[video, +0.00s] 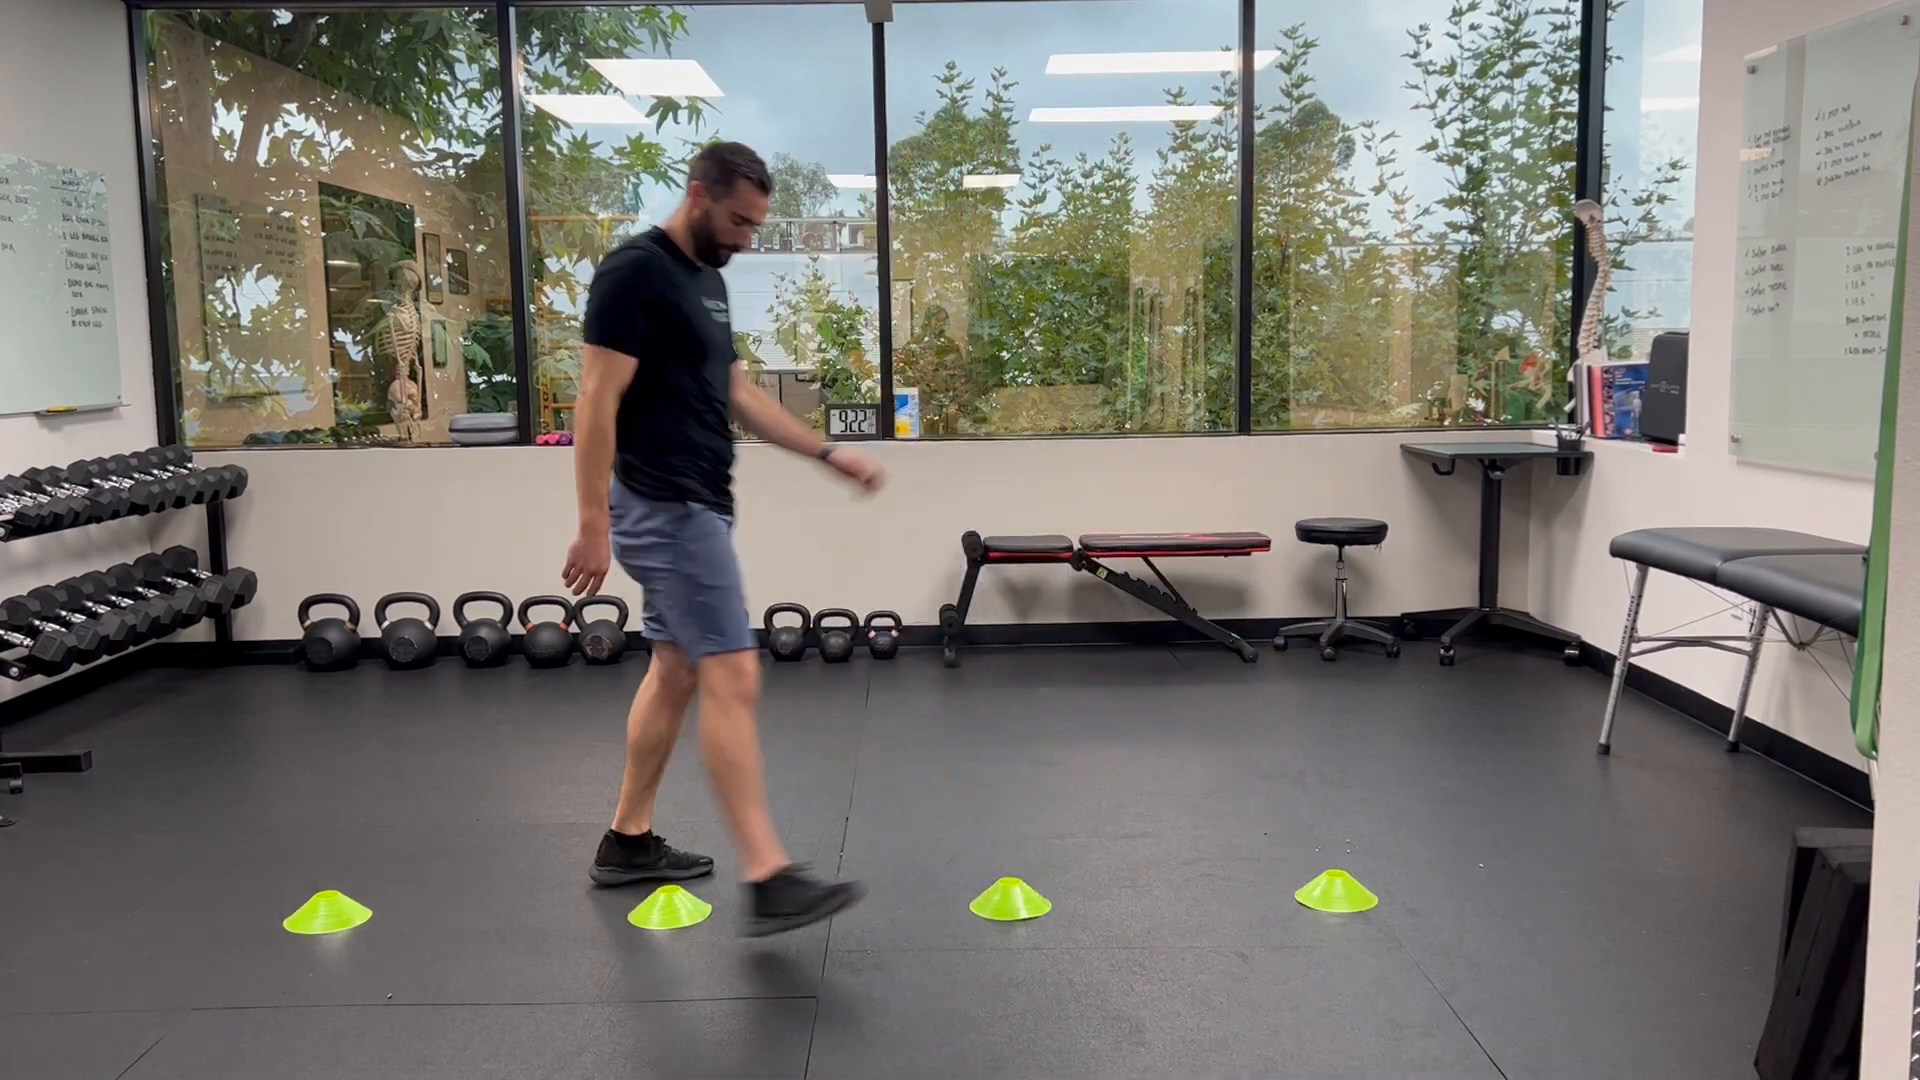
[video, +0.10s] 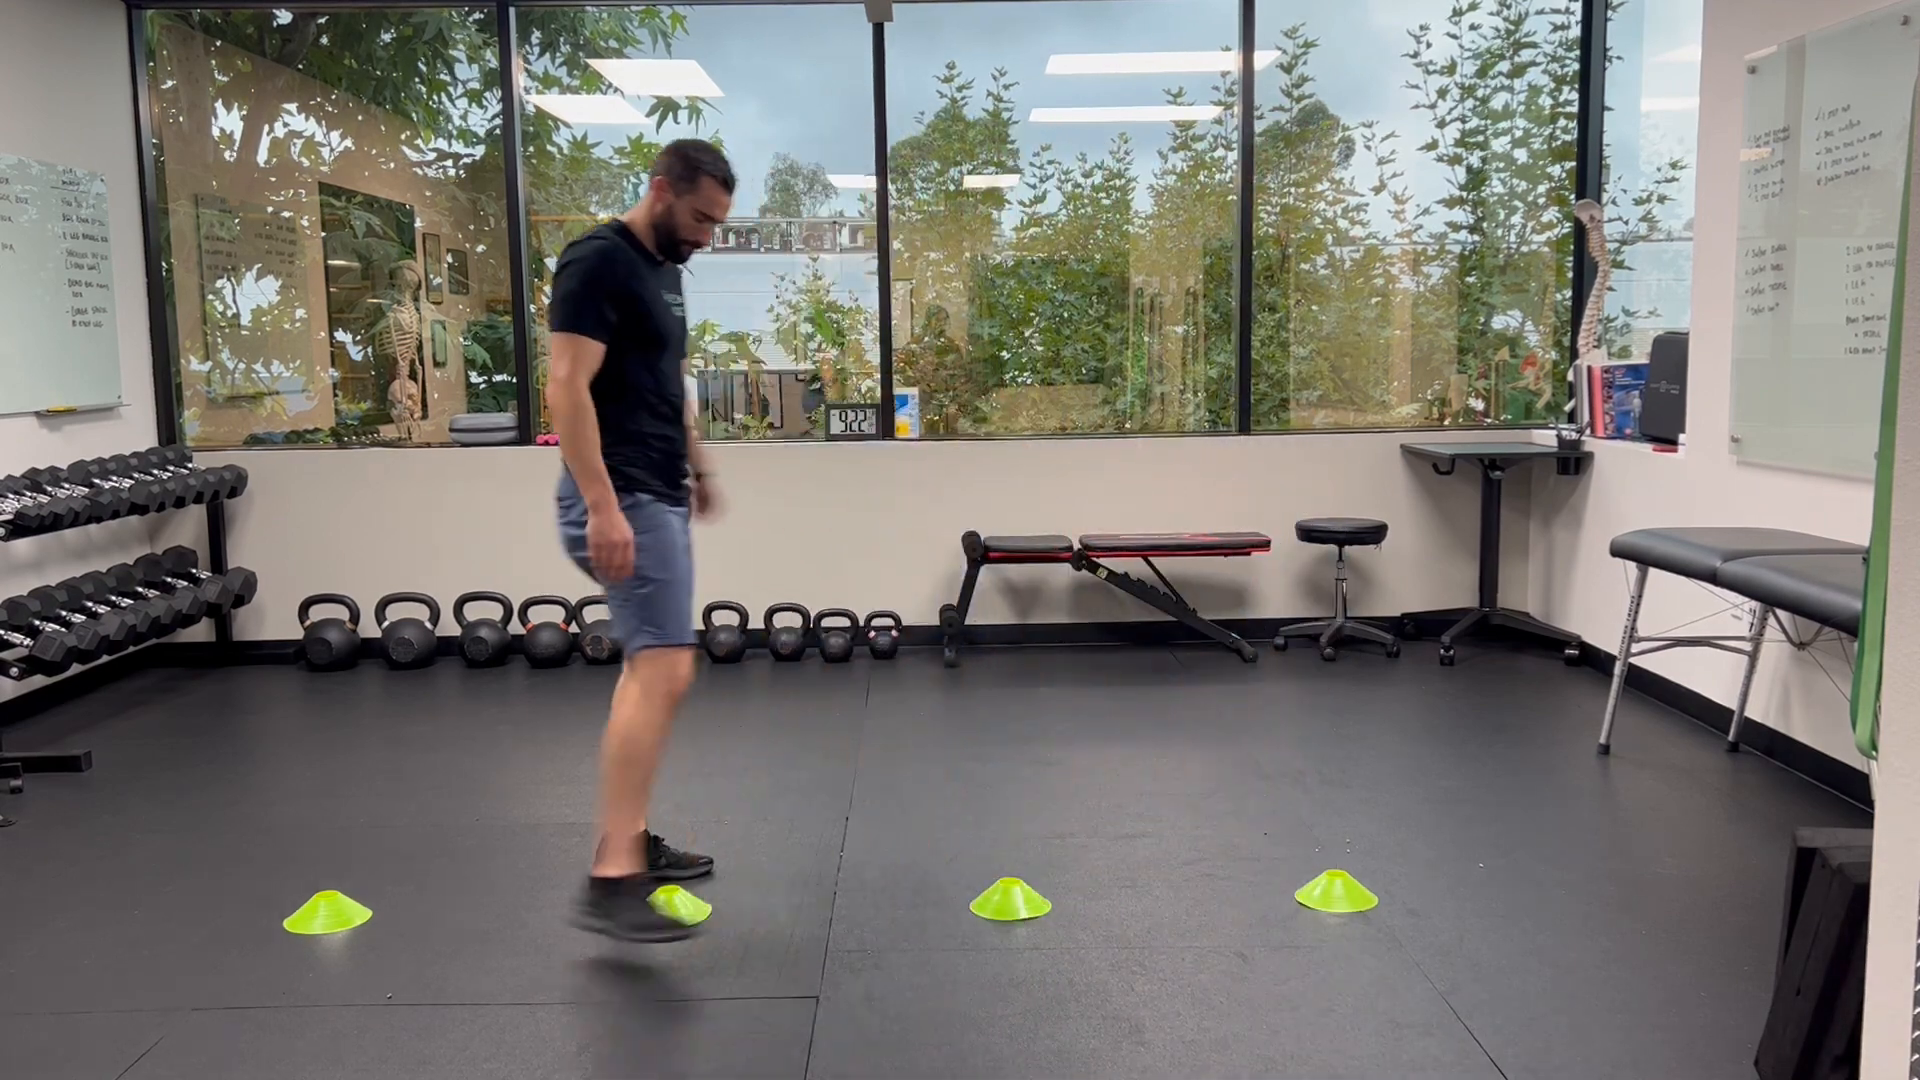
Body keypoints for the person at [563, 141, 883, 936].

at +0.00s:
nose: (744, 239)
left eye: (754, 226)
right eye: (737, 222)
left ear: (742, 214)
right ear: (697, 197)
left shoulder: (707, 281)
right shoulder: (633, 275)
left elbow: (736, 393)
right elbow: (596, 399)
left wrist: (826, 450)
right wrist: (592, 523)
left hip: (697, 508)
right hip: (662, 510)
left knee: (675, 671)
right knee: (733, 674)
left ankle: (628, 839)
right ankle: (769, 877)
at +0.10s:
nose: (706, 236)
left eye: (715, 224)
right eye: (700, 219)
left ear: (698, 211)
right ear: (657, 192)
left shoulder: (661, 269)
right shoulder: (598, 260)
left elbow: (660, 383)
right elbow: (566, 387)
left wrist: (692, 464)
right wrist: (602, 506)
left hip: (655, 498)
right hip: (623, 501)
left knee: (655, 668)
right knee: (663, 667)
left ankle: (627, 845)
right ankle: (614, 875)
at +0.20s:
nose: (669, 243)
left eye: (677, 230)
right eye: (664, 225)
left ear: (659, 213)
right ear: (623, 197)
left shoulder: (608, 271)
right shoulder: (564, 263)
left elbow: (588, 394)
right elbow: (537, 388)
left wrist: (624, 486)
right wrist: (612, 479)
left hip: (608, 499)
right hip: (563, 504)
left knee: (640, 657)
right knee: (587, 676)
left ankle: (624, 840)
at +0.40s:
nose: (564, 276)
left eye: (571, 264)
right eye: (560, 260)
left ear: (534, 237)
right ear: (519, 229)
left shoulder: (482, 286)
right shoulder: (464, 290)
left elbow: (402, 367)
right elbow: (456, 402)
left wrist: (412, 449)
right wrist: (580, 452)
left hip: (514, 537)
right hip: (450, 542)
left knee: (601, 666)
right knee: (395, 718)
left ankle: (623, 843)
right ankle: (231, 875)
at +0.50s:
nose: (489, 293)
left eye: (499, 279)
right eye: (485, 273)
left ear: (445, 247)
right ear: (442, 241)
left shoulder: (410, 306)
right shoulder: (376, 305)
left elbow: (338, 398)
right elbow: (382, 420)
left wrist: (342, 483)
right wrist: (525, 457)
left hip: (452, 550)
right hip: (376, 561)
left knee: (544, 674)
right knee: (307, 731)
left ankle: (614, 841)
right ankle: (176, 911)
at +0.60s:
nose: (415, 294)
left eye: (424, 282)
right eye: (412, 277)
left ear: (396, 254)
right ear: (372, 242)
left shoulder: (357, 306)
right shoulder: (296, 309)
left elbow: (336, 429)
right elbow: (277, 433)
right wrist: (421, 485)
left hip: (379, 547)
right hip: (305, 558)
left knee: (467, 675)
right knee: (248, 734)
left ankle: (565, 821)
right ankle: (161, 929)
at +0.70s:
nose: (361, 286)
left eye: (374, 275)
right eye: (358, 269)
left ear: (375, 260)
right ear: (321, 230)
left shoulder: (315, 292)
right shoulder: (235, 294)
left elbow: (300, 408)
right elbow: (174, 426)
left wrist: (342, 484)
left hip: (327, 524)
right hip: (255, 536)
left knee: (406, 656)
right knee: (226, 723)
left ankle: (469, 807)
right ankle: (161, 926)